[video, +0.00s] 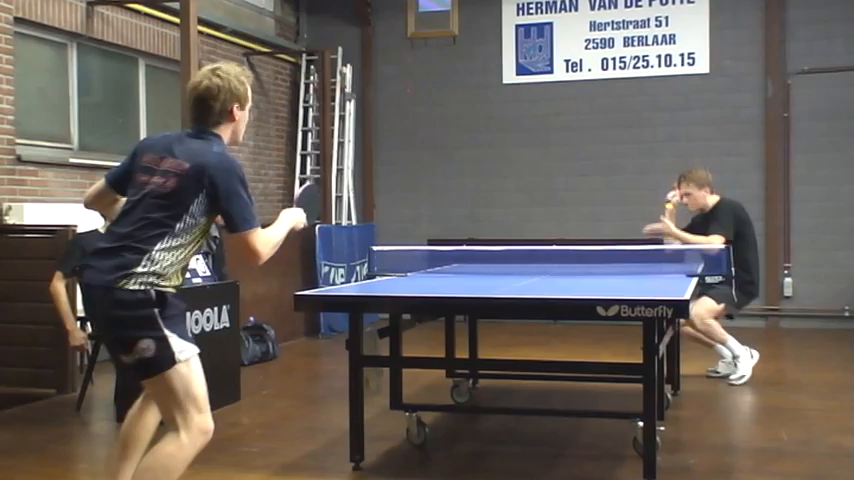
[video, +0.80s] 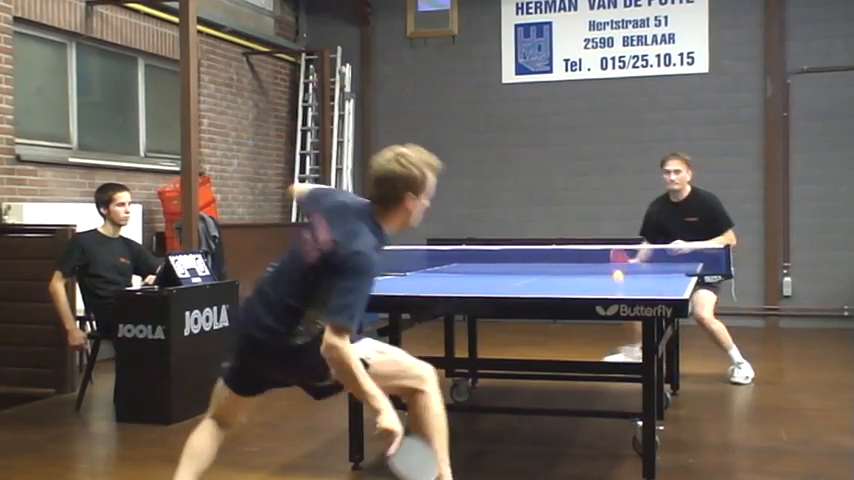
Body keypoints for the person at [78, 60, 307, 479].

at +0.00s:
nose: (248, 117)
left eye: (248, 108)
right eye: (247, 107)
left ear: (199, 105)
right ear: (236, 110)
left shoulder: (152, 145)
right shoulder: (220, 162)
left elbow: (96, 198)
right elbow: (259, 250)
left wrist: (142, 230)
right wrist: (287, 220)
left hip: (99, 284)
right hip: (141, 294)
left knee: (156, 395)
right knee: (196, 427)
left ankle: (120, 475)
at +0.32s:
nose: (268, 87)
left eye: (269, 78)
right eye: (269, 78)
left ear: (220, 75)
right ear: (257, 81)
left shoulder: (173, 118)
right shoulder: (245, 132)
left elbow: (118, 179)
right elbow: (281, 219)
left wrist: (162, 170)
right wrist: (313, 190)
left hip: (141, 266)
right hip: (192, 271)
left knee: (162, 379)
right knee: (268, 380)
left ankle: (120, 476)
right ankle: (190, 475)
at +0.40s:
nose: (284, 80)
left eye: (285, 72)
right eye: (285, 72)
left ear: (236, 68)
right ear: (274, 73)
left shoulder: (189, 108)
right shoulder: (265, 121)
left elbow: (134, 162)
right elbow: (297, 208)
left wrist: (186, 166)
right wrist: (332, 188)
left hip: (158, 256)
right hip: (210, 259)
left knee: (165, 370)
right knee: (299, 361)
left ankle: (126, 473)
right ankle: (254, 473)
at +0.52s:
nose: (311, 100)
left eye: (312, 91)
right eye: (311, 91)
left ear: (265, 83)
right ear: (296, 90)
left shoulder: (211, 122)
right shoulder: (289, 140)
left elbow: (155, 171)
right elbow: (323, 229)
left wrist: (204, 172)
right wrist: (359, 223)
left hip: (191, 269)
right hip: (246, 273)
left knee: (172, 379)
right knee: (339, 372)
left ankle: (150, 475)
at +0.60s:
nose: (335, 125)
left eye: (336, 115)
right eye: (334, 114)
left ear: (289, 107)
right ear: (319, 115)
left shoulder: (235, 143)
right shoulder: (304, 170)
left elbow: (168, 182)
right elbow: (332, 260)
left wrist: (207, 179)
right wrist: (388, 276)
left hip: (204, 298)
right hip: (261, 301)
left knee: (183, 398)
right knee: (372, 366)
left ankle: (163, 476)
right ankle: (359, 474)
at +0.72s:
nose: (388, 174)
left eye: (390, 165)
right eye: (388, 165)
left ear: (342, 155)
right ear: (370, 166)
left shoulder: (295, 177)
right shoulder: (335, 223)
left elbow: (236, 186)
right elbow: (333, 314)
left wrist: (279, 198)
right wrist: (392, 364)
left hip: (227, 321)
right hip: (276, 334)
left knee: (199, 413)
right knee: (393, 387)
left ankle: (172, 477)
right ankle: (434, 476)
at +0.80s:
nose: (427, 206)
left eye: (429, 196)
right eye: (426, 197)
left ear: (382, 189)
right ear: (407, 199)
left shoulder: (338, 200)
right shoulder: (361, 254)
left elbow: (295, 190)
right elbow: (334, 345)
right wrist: (382, 408)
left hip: (255, 334)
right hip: (306, 347)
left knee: (217, 421)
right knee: (424, 379)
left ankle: (182, 475)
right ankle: (442, 471)